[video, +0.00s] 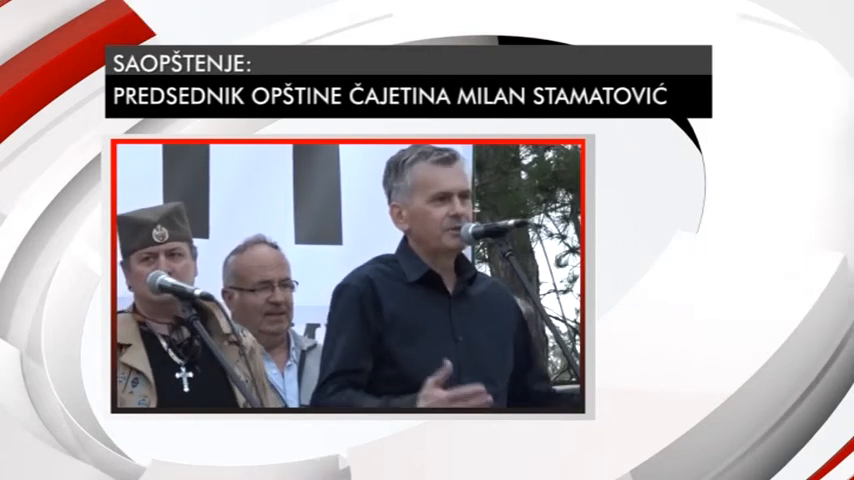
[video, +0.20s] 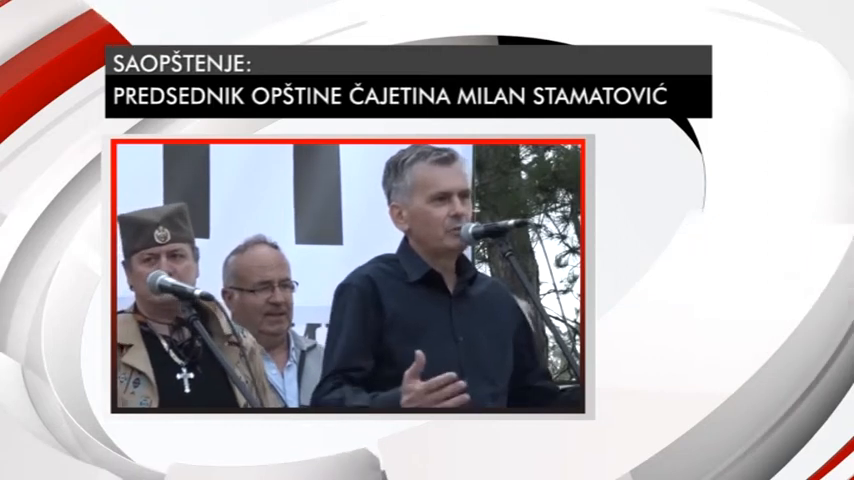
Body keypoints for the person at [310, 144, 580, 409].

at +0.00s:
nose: (459, 211)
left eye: (464, 198)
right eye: (441, 200)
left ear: (473, 204)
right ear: (400, 215)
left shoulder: (499, 299)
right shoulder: (364, 291)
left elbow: (532, 399)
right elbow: (330, 399)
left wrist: (596, 401)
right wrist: (414, 407)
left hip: (496, 464)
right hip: (400, 465)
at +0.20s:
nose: (459, 210)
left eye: (464, 197)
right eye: (441, 199)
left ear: (472, 204)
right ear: (400, 215)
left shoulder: (499, 300)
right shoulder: (367, 290)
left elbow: (531, 395)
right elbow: (329, 397)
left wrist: (597, 397)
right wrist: (397, 402)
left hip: (496, 461)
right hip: (401, 463)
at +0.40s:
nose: (462, 211)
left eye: (466, 198)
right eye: (443, 200)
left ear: (474, 203)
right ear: (402, 215)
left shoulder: (499, 301)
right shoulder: (368, 290)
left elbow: (531, 397)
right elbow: (327, 397)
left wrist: (597, 397)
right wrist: (386, 400)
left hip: (496, 462)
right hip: (401, 463)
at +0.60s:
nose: (463, 215)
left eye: (468, 201)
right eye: (444, 203)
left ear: (475, 205)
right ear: (402, 216)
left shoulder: (500, 302)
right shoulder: (368, 291)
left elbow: (537, 401)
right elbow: (332, 396)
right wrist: (369, 409)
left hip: (499, 458)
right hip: (404, 462)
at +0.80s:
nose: (460, 215)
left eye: (465, 201)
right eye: (442, 203)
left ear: (473, 204)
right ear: (400, 215)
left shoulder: (499, 300)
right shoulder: (365, 293)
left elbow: (521, 404)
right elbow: (332, 398)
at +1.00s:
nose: (461, 214)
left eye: (466, 200)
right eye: (442, 203)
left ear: (473, 204)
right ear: (400, 216)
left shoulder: (497, 300)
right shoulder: (362, 297)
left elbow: (514, 409)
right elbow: (340, 414)